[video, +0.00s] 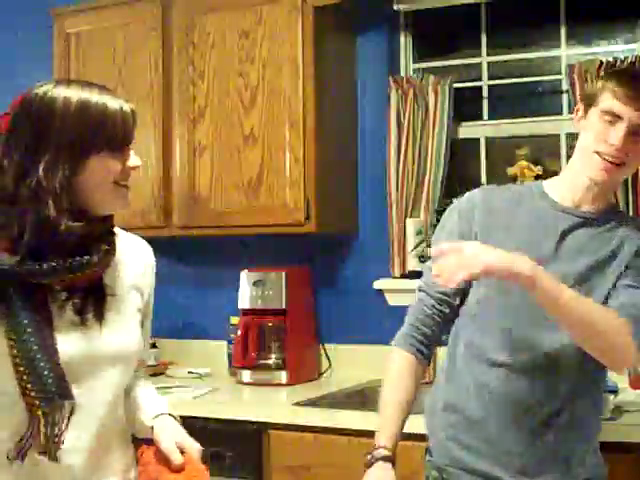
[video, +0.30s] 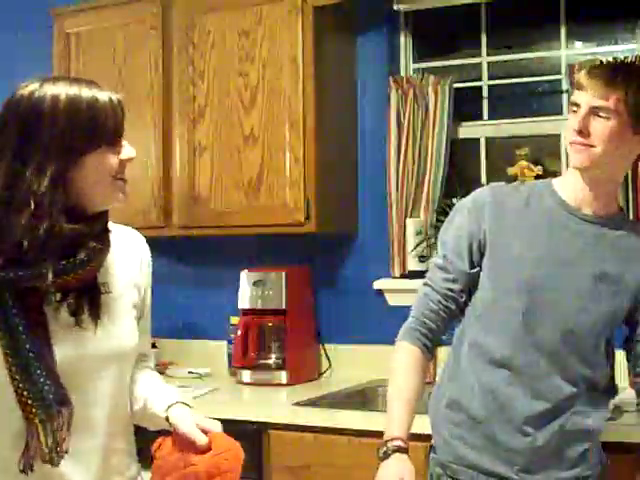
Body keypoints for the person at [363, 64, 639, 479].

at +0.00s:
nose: (619, 141)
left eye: (637, 132)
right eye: (611, 118)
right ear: (580, 116)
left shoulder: (629, 244)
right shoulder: (477, 211)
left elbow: (629, 357)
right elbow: (416, 337)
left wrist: (526, 272)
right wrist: (381, 456)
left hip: (566, 469)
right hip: (459, 463)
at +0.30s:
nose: (579, 125)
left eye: (602, 114)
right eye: (575, 109)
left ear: (636, 136)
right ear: (566, 117)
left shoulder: (631, 251)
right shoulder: (487, 211)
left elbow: (635, 377)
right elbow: (418, 333)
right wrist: (394, 449)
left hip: (568, 467)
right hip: (464, 461)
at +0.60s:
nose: (595, 137)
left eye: (617, 126)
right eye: (590, 118)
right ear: (582, 119)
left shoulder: (632, 256)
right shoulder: (499, 200)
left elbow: (635, 368)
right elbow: (416, 297)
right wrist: (397, 384)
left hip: (571, 467)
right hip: (467, 460)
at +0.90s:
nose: (619, 143)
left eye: (637, 132)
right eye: (611, 125)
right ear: (593, 129)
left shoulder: (633, 268)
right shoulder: (514, 195)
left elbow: (638, 375)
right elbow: (405, 276)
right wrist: (382, 376)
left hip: (577, 467)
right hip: (483, 460)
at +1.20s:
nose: (618, 142)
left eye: (636, 130)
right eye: (607, 122)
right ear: (584, 123)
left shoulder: (633, 260)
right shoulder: (506, 204)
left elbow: (637, 381)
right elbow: (419, 315)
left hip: (586, 467)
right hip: (491, 460)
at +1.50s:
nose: (633, 150)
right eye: (620, 129)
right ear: (582, 128)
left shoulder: (622, 257)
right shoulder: (513, 200)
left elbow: (631, 383)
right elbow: (443, 327)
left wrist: (631, 462)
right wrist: (569, 286)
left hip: (583, 458)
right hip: (490, 457)